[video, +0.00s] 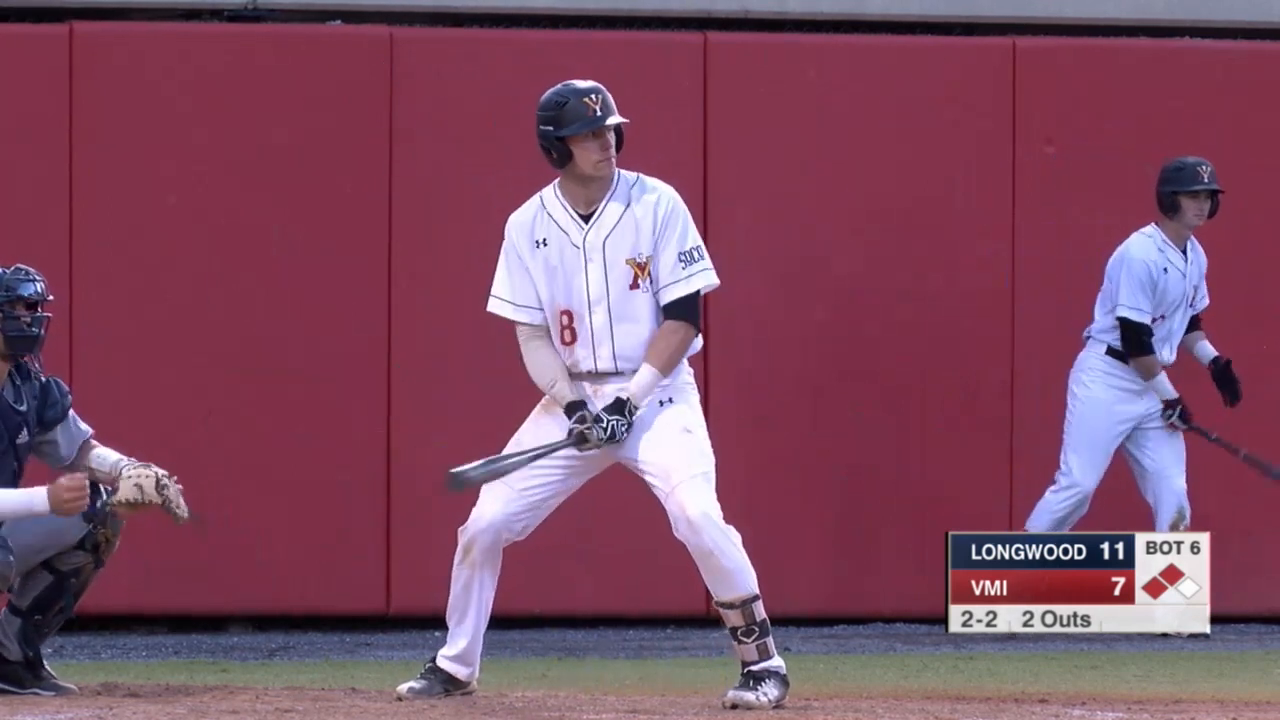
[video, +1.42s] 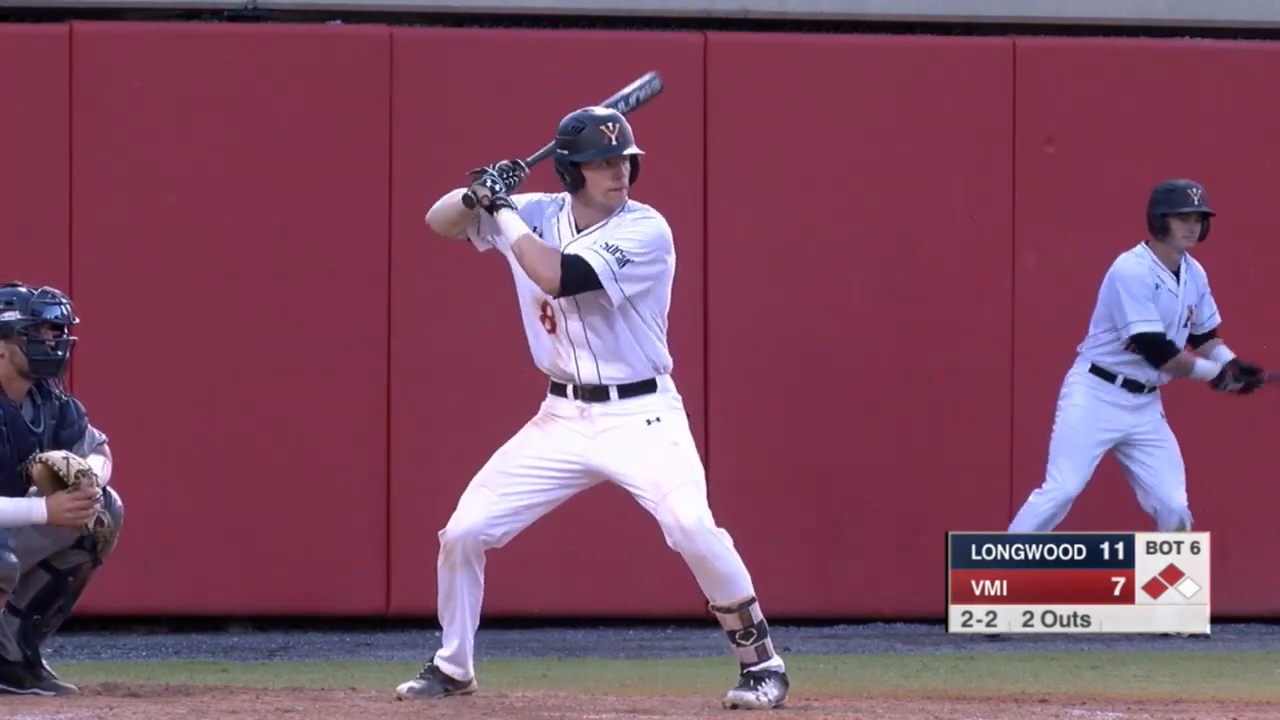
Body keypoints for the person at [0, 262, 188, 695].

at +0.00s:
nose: (28, 318)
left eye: (33, 308)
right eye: (16, 308)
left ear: (40, 315)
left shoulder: (33, 388)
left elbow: (78, 447)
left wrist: (130, 470)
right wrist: (43, 499)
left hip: (10, 529)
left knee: (96, 516)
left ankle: (16, 651)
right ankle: (12, 651)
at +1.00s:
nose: (41, 340)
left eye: (46, 329)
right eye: (27, 330)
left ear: (54, 333)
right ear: (1, 337)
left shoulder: (41, 398)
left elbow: (77, 444)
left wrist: (97, 466)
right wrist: (39, 508)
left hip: (9, 529)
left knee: (89, 514)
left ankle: (14, 650)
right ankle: (12, 650)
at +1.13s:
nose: (43, 340)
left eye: (47, 330)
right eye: (29, 331)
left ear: (56, 334)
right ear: (1, 339)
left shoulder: (51, 402)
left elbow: (92, 445)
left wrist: (89, 463)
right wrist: (46, 504)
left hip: (15, 525)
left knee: (101, 506)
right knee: (7, 565)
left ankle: (18, 650)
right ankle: (7, 654)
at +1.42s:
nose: (52, 342)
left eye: (55, 332)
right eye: (38, 333)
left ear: (62, 335)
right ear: (5, 343)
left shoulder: (55, 404)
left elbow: (98, 451)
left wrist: (87, 477)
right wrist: (44, 510)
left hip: (24, 530)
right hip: (4, 532)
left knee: (102, 508)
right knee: (8, 563)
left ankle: (20, 650)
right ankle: (6, 652)